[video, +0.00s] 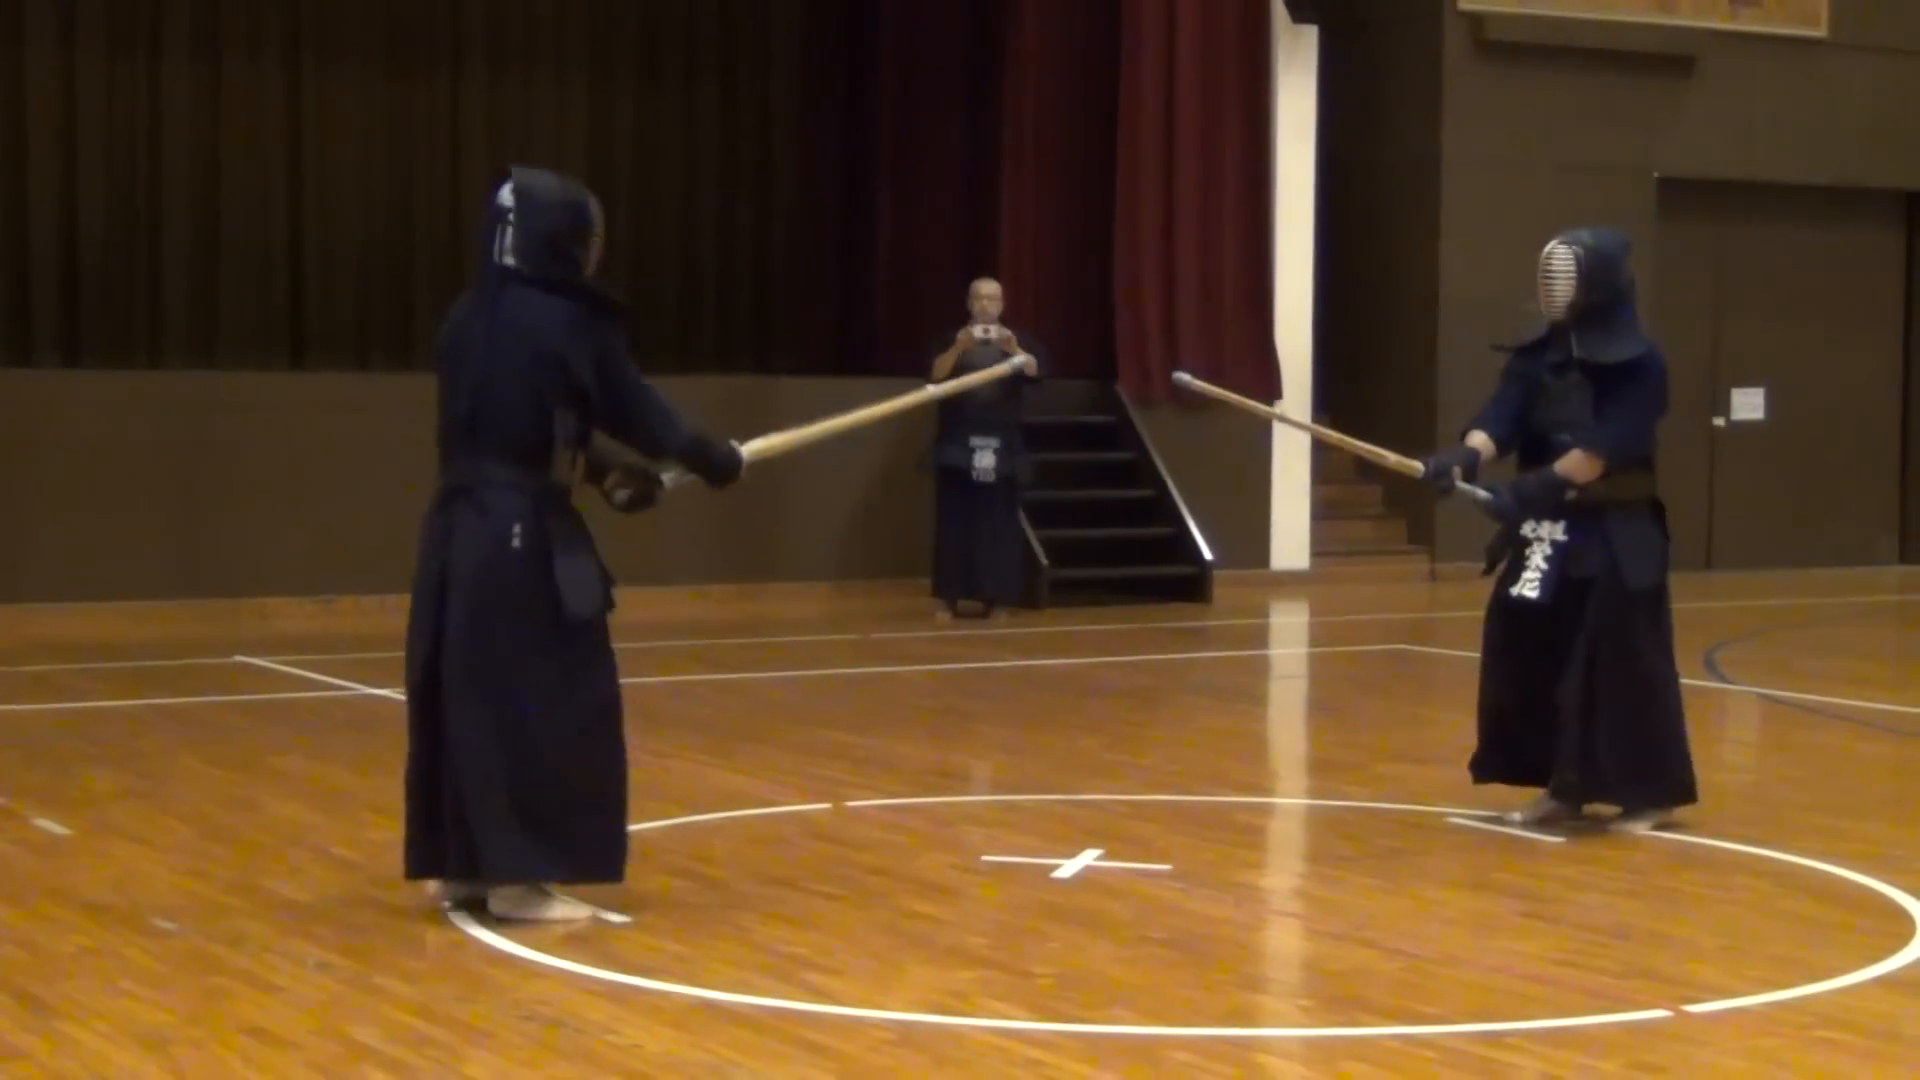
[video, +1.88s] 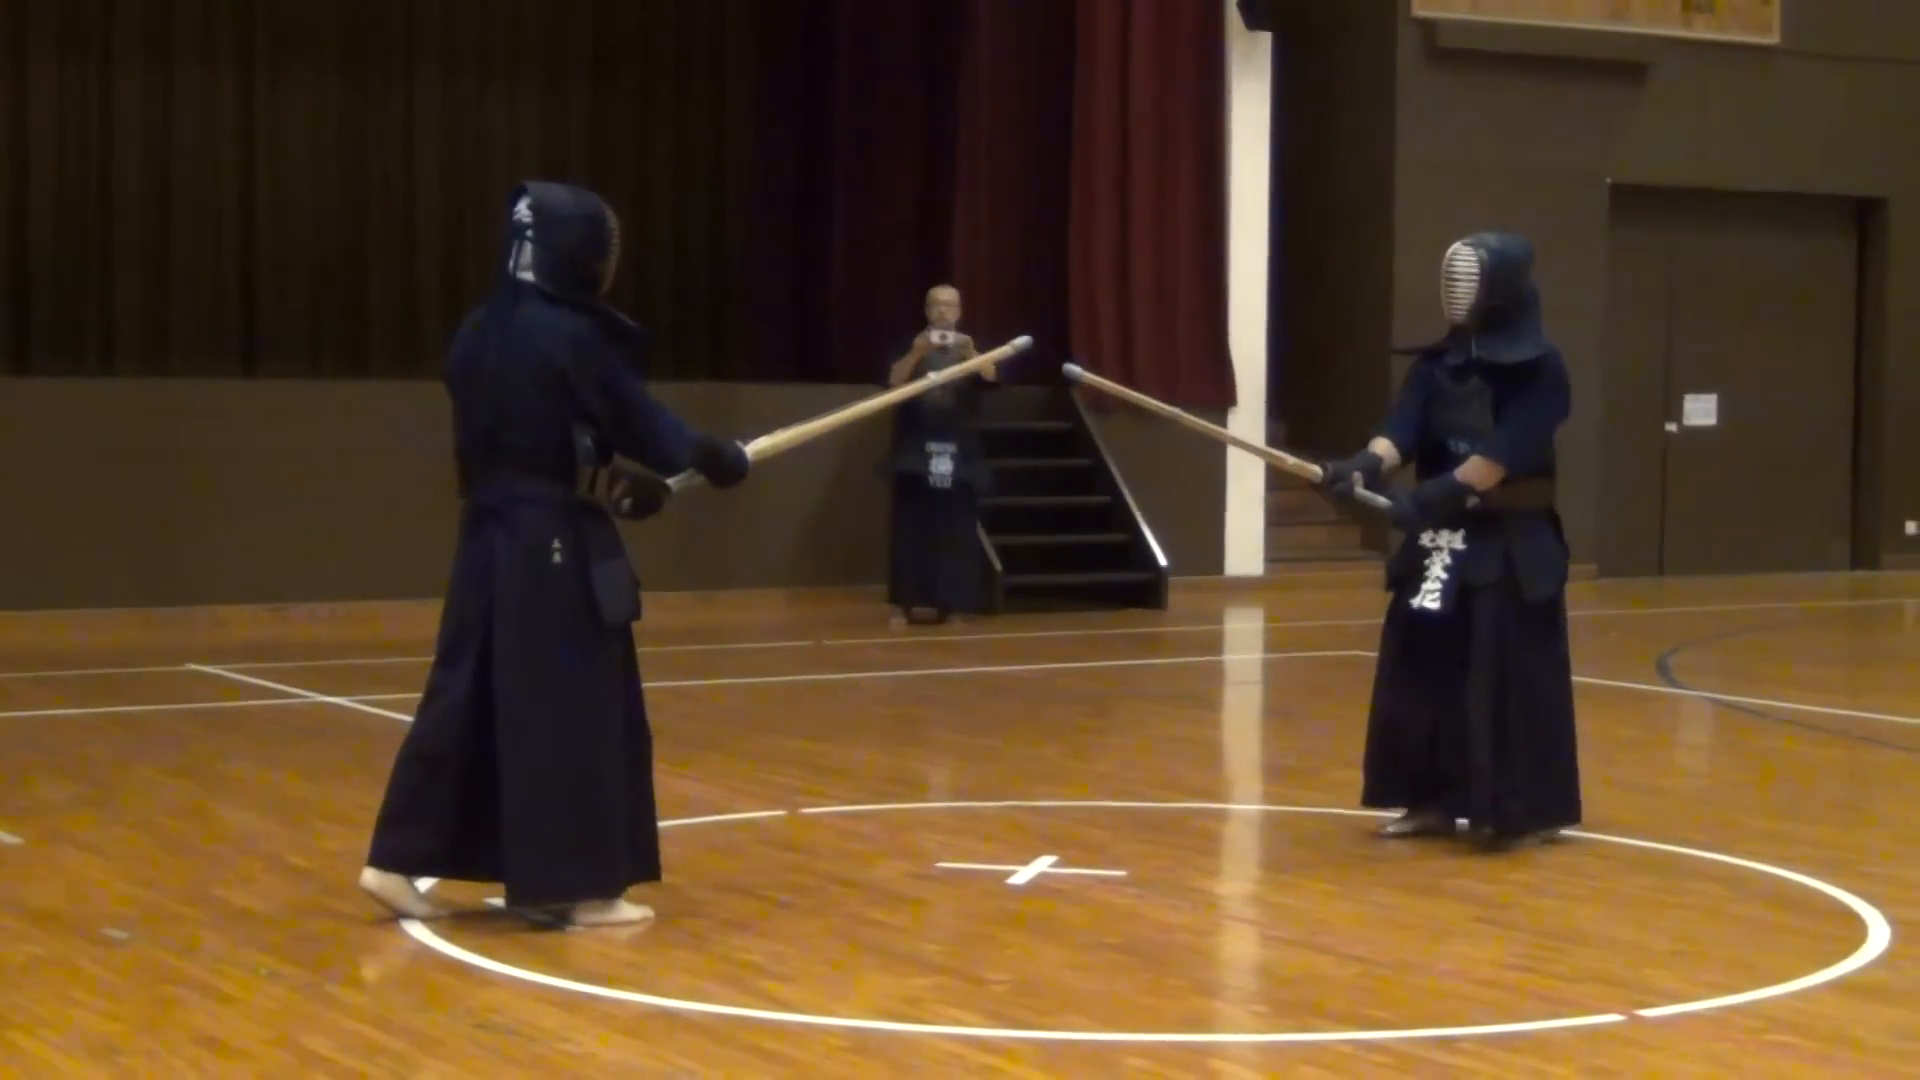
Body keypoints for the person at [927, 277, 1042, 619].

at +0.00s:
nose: (986, 305)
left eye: (992, 299)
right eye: (979, 299)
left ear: (1002, 303)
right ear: (969, 303)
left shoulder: (1015, 342)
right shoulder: (954, 340)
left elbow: (1035, 371)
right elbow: (936, 376)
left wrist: (1012, 348)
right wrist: (959, 347)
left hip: (1001, 440)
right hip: (958, 439)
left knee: (998, 517)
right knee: (954, 516)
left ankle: (997, 599)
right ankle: (947, 596)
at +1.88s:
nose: (944, 312)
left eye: (950, 306)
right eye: (937, 306)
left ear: (960, 311)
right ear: (927, 310)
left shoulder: (969, 350)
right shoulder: (911, 347)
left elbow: (992, 377)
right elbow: (894, 382)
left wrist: (968, 349)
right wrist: (918, 352)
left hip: (957, 444)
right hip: (916, 443)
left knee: (954, 520)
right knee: (912, 520)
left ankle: (951, 602)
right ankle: (907, 601)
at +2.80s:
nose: (894, 314)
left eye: (901, 308)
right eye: (889, 307)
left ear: (911, 313)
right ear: (878, 312)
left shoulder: (922, 352)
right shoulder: (862, 349)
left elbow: (949, 380)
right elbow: (844, 384)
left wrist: (920, 354)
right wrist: (868, 354)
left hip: (908, 448)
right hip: (866, 446)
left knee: (904, 525)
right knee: (861, 524)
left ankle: (901, 607)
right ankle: (853, 606)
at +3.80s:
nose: (882, 314)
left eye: (889, 309)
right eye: (876, 308)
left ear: (899, 314)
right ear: (865, 312)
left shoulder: (908, 353)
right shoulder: (850, 350)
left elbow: (929, 378)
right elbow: (832, 383)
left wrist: (904, 350)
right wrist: (855, 354)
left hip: (893, 446)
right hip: (852, 444)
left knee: (887, 522)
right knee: (848, 521)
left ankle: (882, 602)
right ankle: (841, 603)